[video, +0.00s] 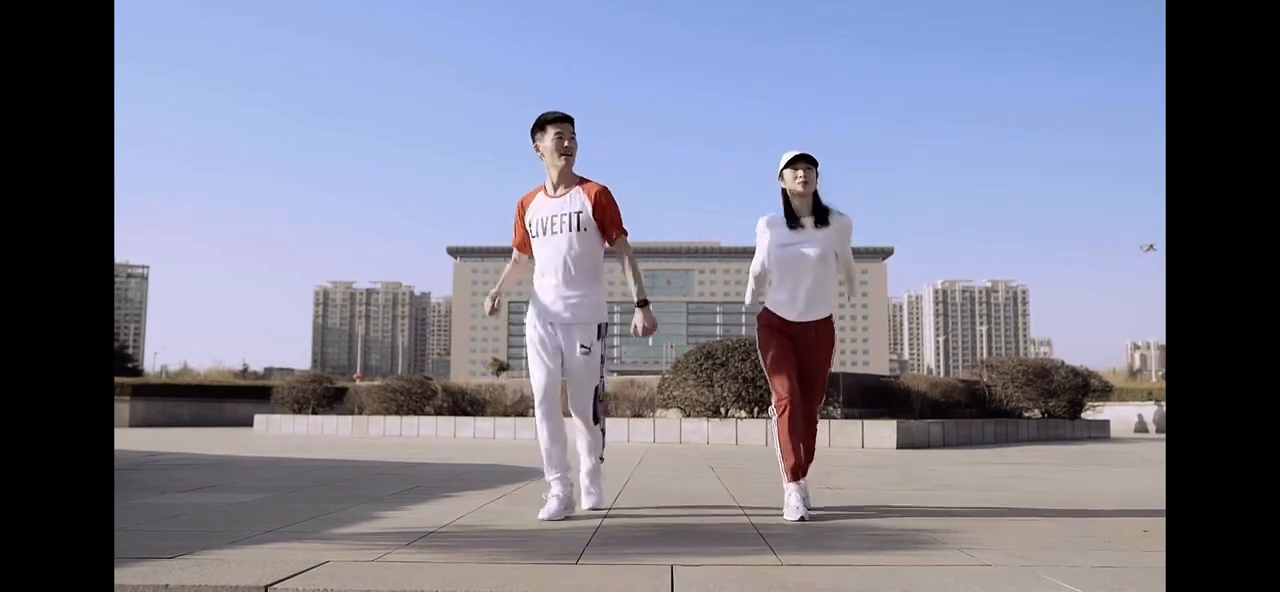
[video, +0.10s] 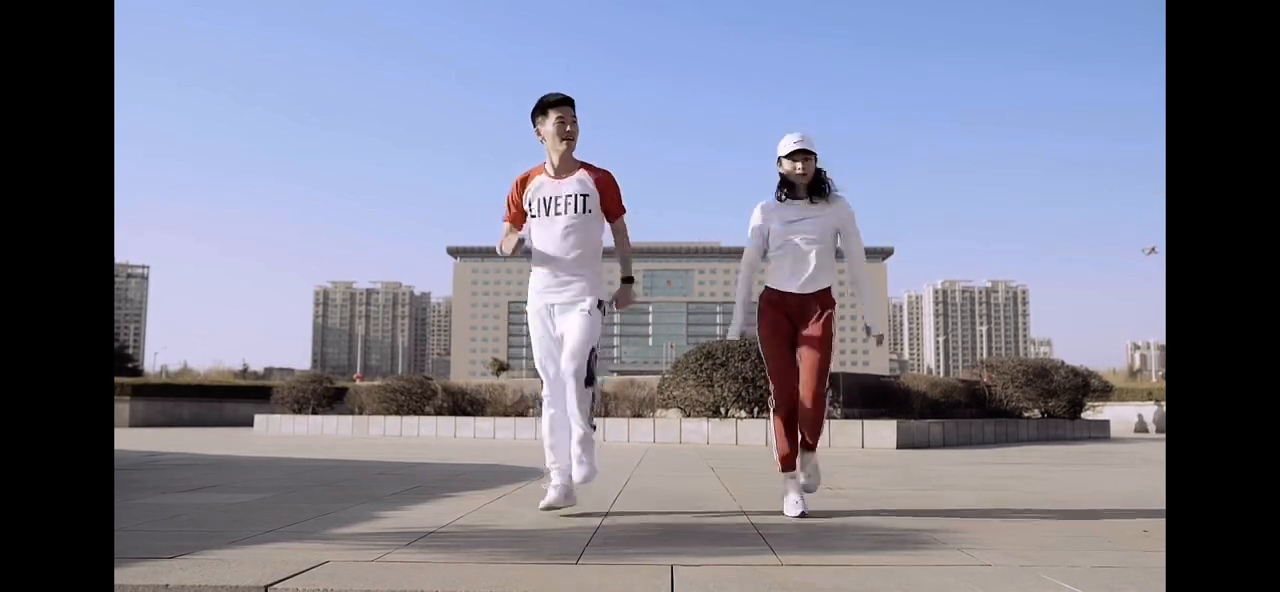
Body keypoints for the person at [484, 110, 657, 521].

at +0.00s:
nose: (567, 141)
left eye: (570, 136)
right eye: (557, 136)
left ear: (576, 145)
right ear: (538, 147)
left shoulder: (596, 194)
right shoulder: (528, 203)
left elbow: (624, 251)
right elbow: (521, 259)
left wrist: (642, 304)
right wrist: (498, 289)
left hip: (586, 318)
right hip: (541, 317)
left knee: (585, 407)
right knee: (544, 404)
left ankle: (591, 482)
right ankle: (558, 490)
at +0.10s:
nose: (568, 126)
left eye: (572, 120)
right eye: (559, 121)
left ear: (578, 129)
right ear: (540, 130)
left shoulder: (599, 179)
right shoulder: (524, 184)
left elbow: (620, 231)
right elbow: (507, 243)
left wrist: (627, 281)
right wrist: (515, 237)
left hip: (585, 295)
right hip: (542, 298)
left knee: (574, 369)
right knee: (553, 387)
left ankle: (583, 443)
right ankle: (559, 481)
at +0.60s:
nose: (548, 131)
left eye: (553, 125)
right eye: (538, 126)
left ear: (561, 133)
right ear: (521, 136)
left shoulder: (586, 178)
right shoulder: (513, 197)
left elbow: (631, 216)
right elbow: (496, 251)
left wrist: (611, 223)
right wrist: (471, 298)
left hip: (584, 307)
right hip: (538, 311)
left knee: (598, 391)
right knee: (543, 407)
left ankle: (613, 416)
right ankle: (554, 498)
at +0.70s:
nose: (549, 125)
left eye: (555, 117)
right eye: (539, 119)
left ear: (563, 122)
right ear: (523, 127)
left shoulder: (590, 167)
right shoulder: (515, 183)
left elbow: (625, 217)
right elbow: (494, 238)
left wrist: (606, 231)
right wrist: (472, 285)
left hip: (590, 293)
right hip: (543, 298)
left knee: (602, 387)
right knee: (549, 397)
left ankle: (602, 408)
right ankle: (553, 490)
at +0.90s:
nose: (565, 141)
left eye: (573, 134)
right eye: (557, 134)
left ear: (582, 139)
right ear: (543, 139)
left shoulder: (603, 188)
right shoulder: (525, 191)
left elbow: (601, 248)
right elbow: (505, 244)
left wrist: (555, 234)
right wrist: (514, 243)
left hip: (591, 295)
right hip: (548, 302)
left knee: (592, 331)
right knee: (555, 402)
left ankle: (600, 411)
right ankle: (568, 486)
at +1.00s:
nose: (570, 125)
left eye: (578, 118)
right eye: (563, 118)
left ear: (587, 123)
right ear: (549, 123)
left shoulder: (608, 172)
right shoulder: (532, 174)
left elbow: (612, 237)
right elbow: (520, 233)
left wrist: (569, 227)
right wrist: (546, 242)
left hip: (594, 292)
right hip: (552, 295)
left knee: (598, 376)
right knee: (558, 387)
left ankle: (582, 469)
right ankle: (575, 474)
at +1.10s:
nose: (575, 132)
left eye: (582, 125)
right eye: (567, 125)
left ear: (592, 131)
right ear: (554, 131)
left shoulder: (613, 182)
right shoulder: (536, 183)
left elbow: (621, 244)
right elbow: (521, 243)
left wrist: (586, 251)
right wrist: (546, 261)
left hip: (595, 301)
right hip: (552, 303)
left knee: (597, 394)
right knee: (566, 399)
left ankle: (571, 485)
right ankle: (591, 481)